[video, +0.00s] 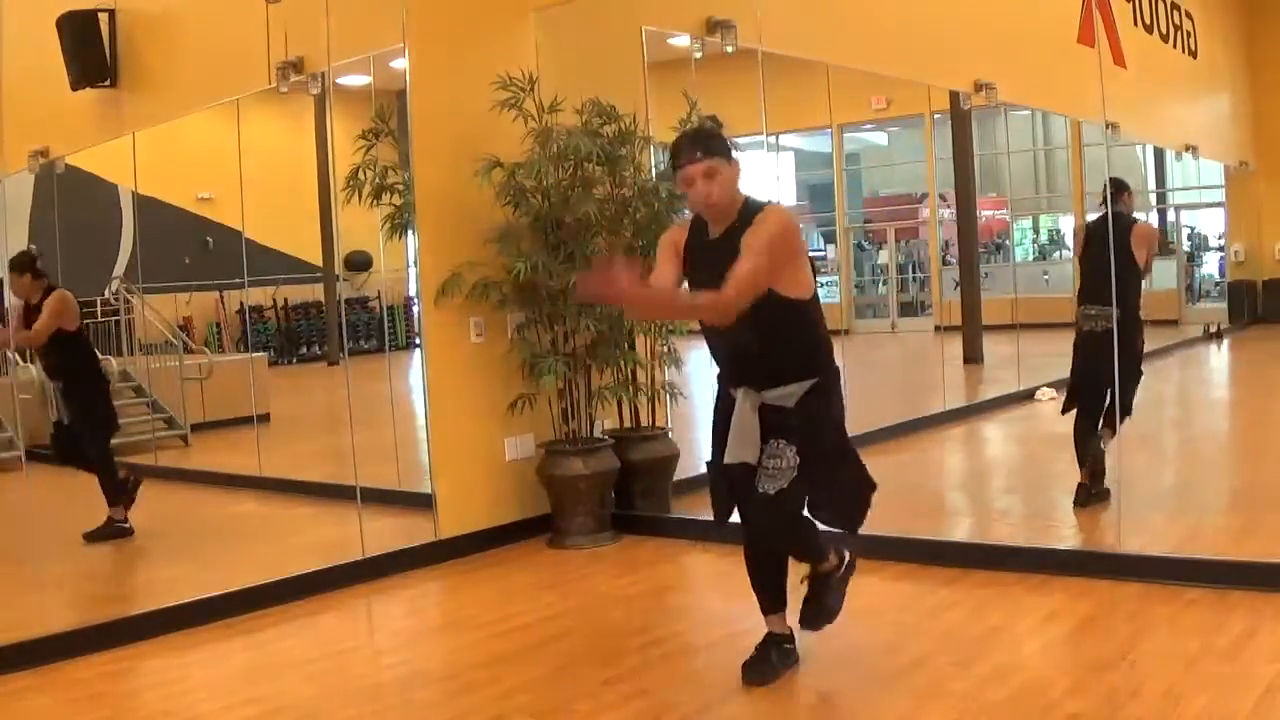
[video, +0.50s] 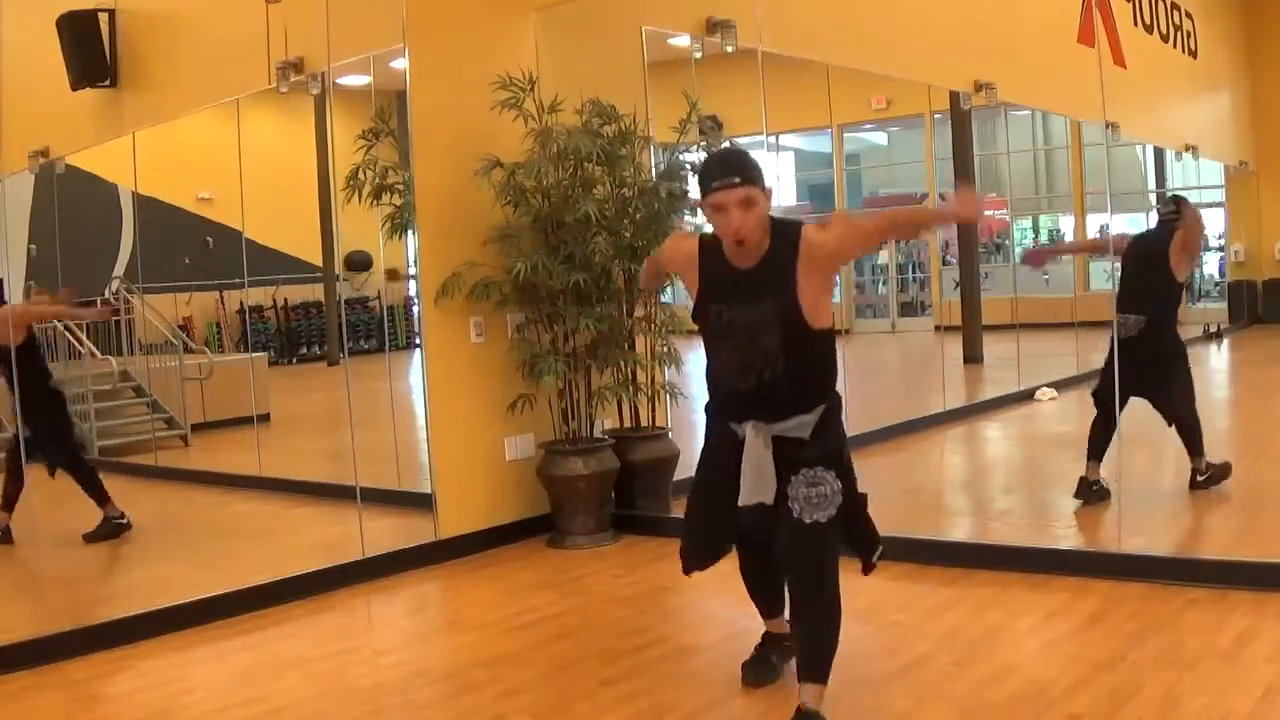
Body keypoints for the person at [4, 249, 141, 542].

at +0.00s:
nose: (11, 287)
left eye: (13, 280)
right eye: (10, 281)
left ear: (28, 276)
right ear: (27, 278)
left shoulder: (59, 298)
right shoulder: (31, 307)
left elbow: (37, 337)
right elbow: (17, 338)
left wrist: (9, 337)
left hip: (87, 387)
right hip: (65, 389)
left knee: (97, 449)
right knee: (64, 448)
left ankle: (118, 517)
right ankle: (122, 481)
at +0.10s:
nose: (12, 297)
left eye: (13, 290)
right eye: (10, 291)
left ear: (26, 283)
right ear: (24, 286)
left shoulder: (57, 302)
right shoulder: (32, 310)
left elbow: (55, 355)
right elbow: (25, 351)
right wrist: (19, 381)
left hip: (84, 389)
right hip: (67, 391)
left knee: (94, 449)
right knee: (57, 446)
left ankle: (118, 518)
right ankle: (113, 472)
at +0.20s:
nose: (4, 300)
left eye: (4, 293)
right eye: (2, 294)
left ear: (13, 287)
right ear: (13, 287)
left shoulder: (45, 309)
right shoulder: (28, 313)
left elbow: (81, 347)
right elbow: (51, 356)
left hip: (77, 395)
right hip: (62, 397)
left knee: (89, 452)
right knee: (41, 446)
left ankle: (118, 517)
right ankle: (88, 484)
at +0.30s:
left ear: (5, 292)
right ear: (9, 291)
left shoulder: (32, 308)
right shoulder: (23, 314)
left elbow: (78, 312)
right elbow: (59, 306)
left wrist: (119, 324)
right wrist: (85, 302)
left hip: (70, 395)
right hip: (55, 397)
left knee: (88, 453)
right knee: (31, 441)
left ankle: (117, 517)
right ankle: (49, 510)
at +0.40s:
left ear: (3, 294)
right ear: (5, 292)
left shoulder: (24, 305)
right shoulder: (23, 302)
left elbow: (63, 302)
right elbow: (40, 288)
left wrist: (106, 303)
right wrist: (67, 278)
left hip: (60, 398)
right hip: (50, 397)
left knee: (81, 454)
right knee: (27, 449)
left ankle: (115, 515)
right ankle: (13, 515)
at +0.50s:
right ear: (3, 294)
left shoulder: (11, 314)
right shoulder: (9, 315)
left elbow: (57, 312)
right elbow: (31, 306)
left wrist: (96, 313)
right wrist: (57, 297)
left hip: (43, 404)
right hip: (27, 404)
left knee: (70, 459)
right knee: (14, 463)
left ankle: (114, 515)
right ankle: (3, 523)